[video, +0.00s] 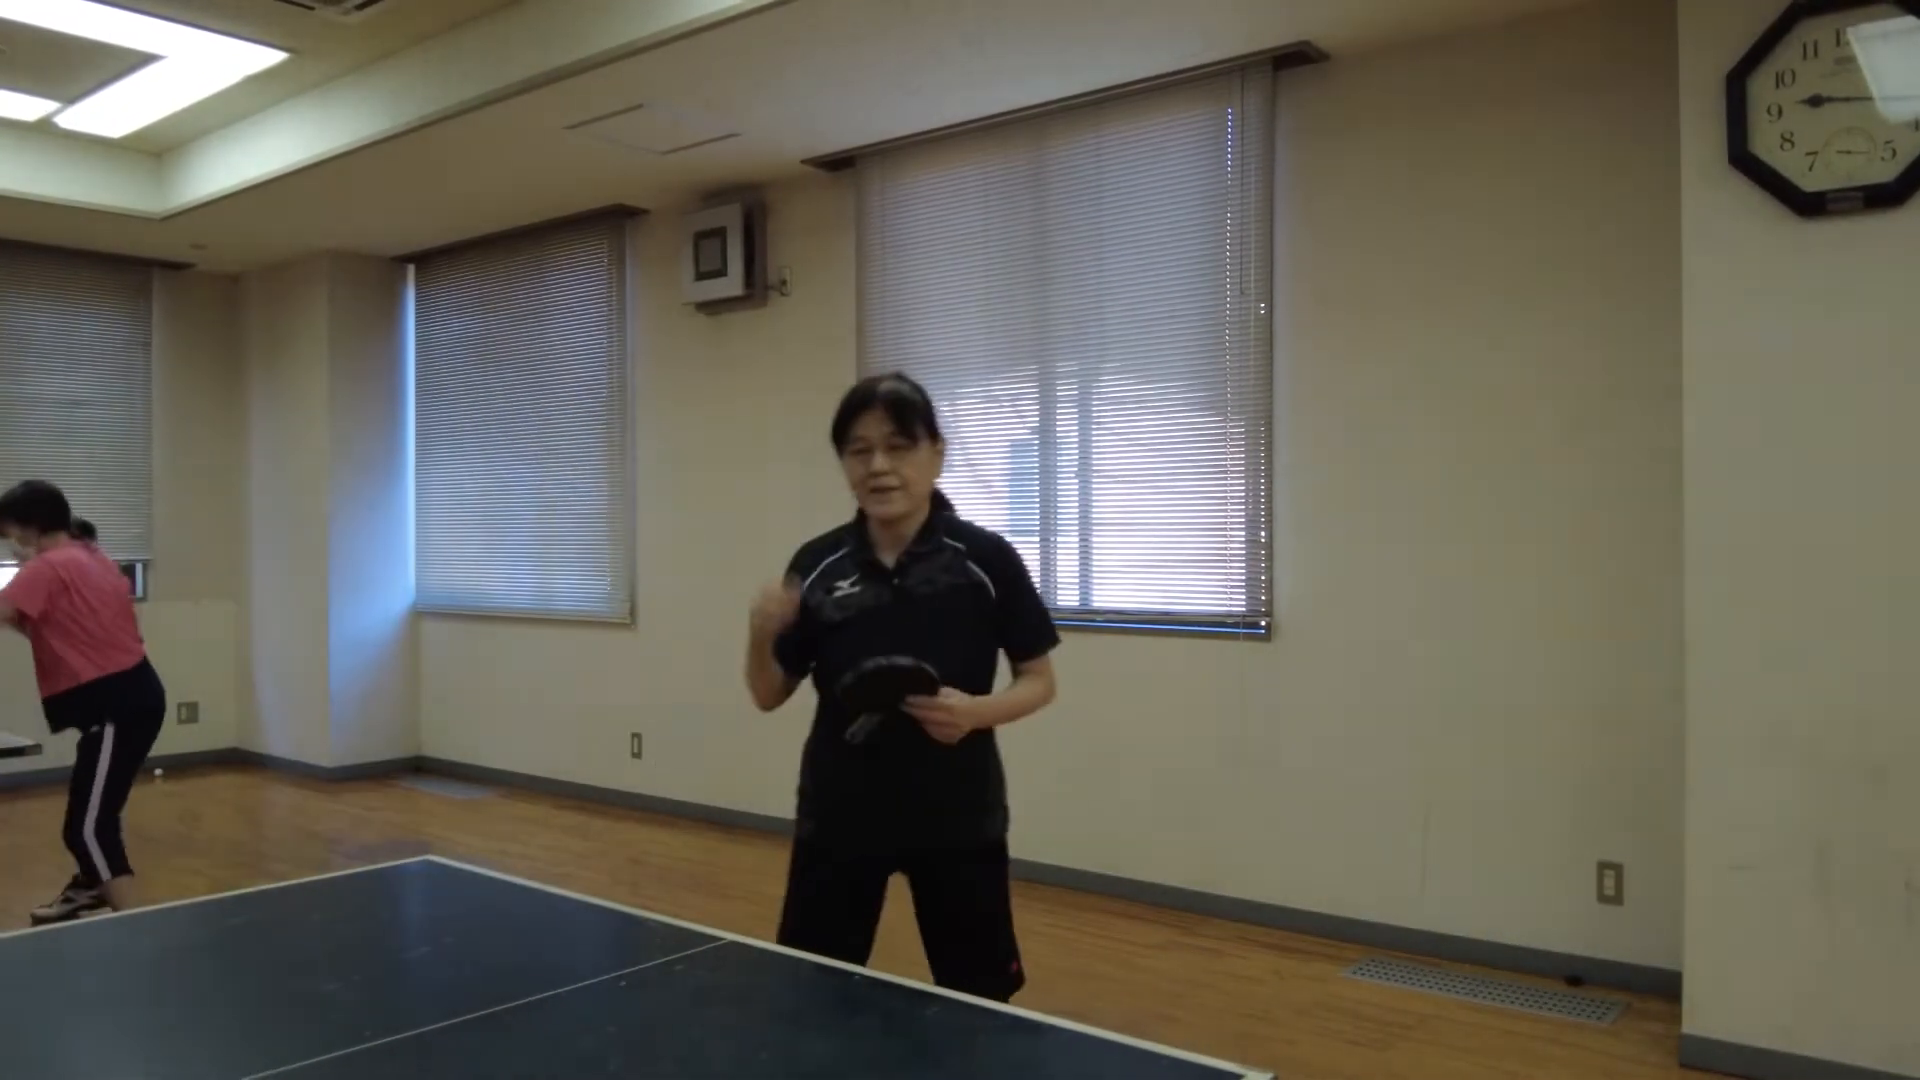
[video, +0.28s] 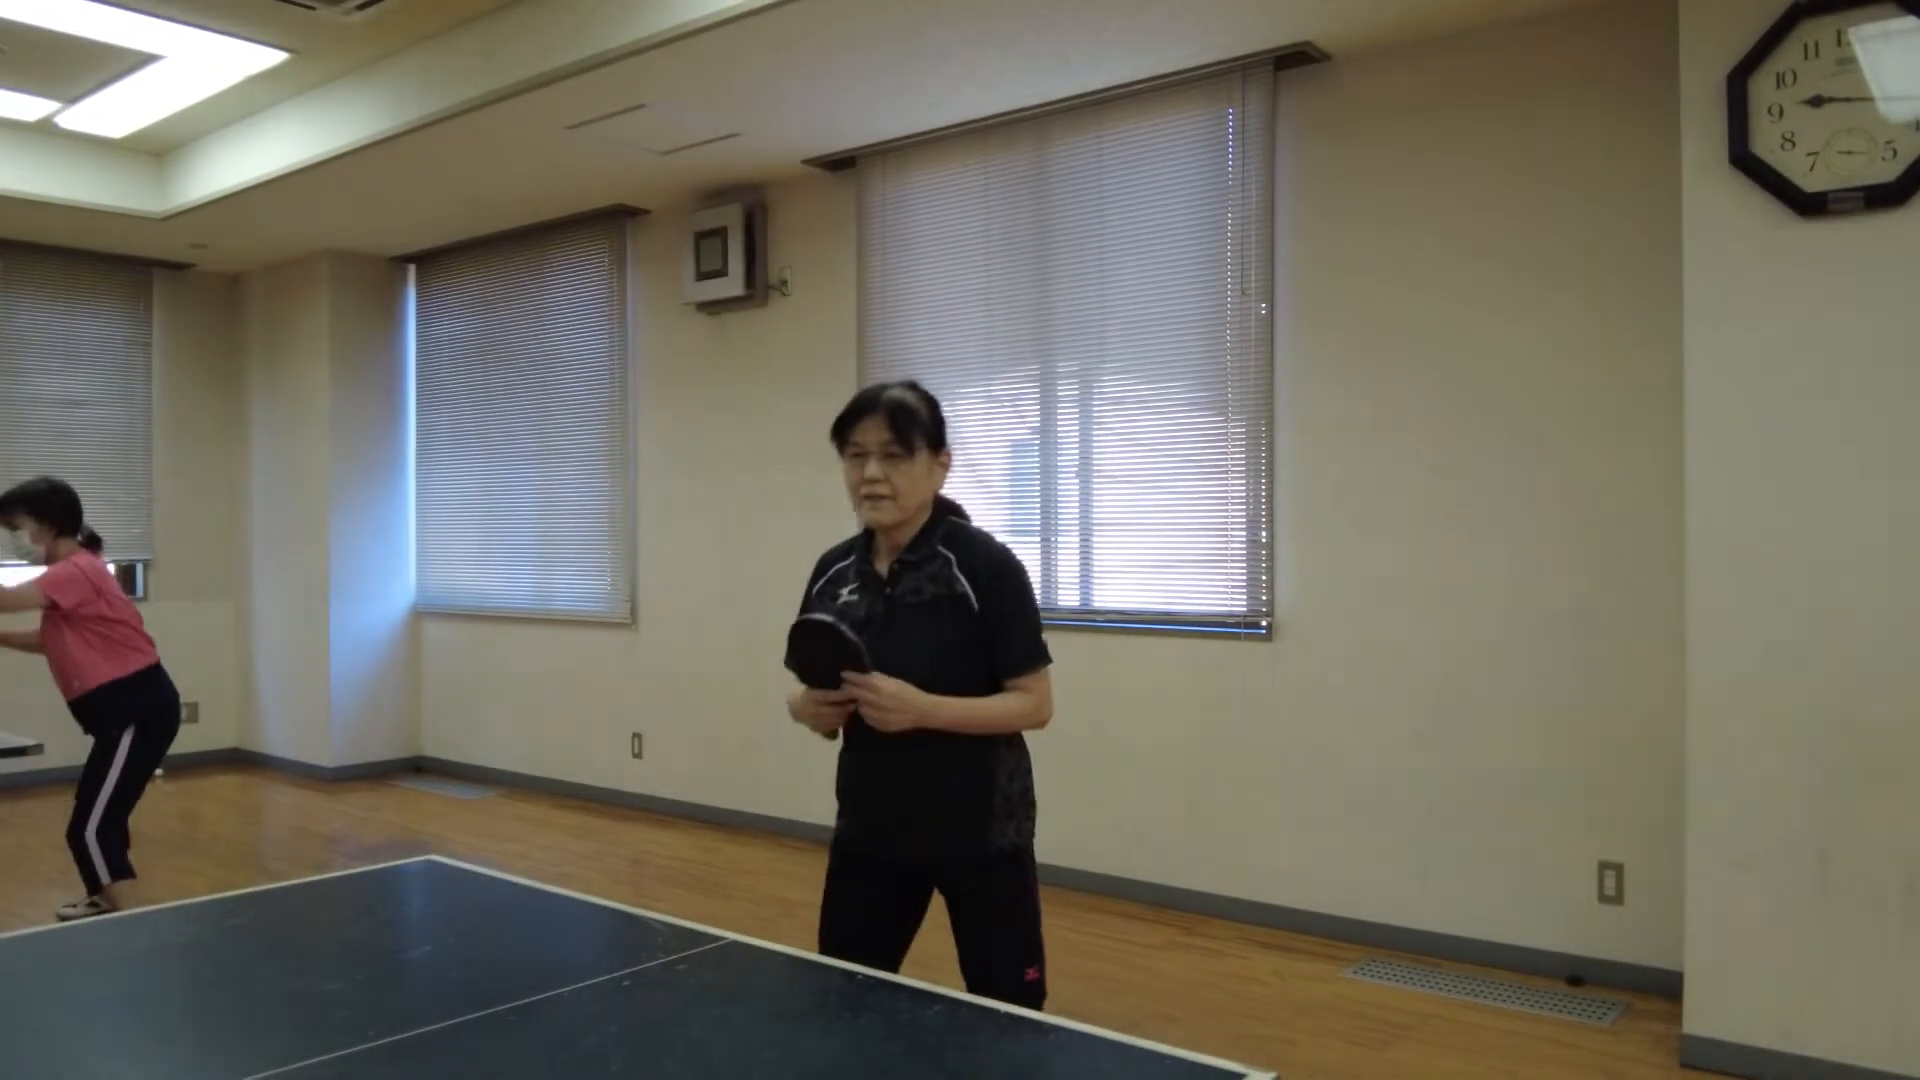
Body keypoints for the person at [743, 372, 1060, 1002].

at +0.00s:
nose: (879, 466)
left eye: (899, 447)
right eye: (860, 452)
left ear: (936, 455)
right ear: (841, 466)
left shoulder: (985, 559)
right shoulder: (818, 564)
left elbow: (1039, 680)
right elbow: (769, 695)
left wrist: (980, 711)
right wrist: (763, 633)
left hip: (955, 811)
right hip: (842, 809)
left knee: (978, 1002)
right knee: (809, 991)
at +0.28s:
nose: (872, 474)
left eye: (896, 455)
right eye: (857, 457)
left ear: (941, 466)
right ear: (842, 467)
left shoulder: (988, 568)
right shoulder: (835, 570)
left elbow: (1035, 704)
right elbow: (812, 681)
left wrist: (922, 708)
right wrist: (802, 705)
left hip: (983, 829)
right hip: (875, 826)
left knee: (1009, 1021)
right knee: (842, 1005)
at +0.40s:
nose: (859, 498)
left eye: (881, 479)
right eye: (844, 481)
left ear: (930, 485)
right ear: (829, 490)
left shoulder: (980, 583)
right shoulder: (838, 592)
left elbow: (1033, 725)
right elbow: (827, 708)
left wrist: (912, 731)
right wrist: (809, 732)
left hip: (996, 841)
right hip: (893, 836)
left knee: (1031, 1036)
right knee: (840, 1012)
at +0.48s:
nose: (857, 515)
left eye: (878, 494)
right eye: (843, 497)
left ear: (930, 500)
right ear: (829, 508)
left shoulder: (984, 598)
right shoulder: (847, 608)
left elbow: (1037, 743)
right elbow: (837, 722)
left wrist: (913, 758)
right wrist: (810, 756)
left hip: (1012, 851)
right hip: (910, 848)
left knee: (1057, 1040)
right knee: (846, 1015)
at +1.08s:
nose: (922, 557)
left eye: (950, 540)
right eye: (914, 534)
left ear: (1006, 546)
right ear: (903, 531)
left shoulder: (1064, 641)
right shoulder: (906, 634)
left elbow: (1105, 802)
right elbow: (906, 753)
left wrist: (982, 846)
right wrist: (885, 827)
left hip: (1067, 869)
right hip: (955, 864)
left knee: (1075, 1053)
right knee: (880, 1011)